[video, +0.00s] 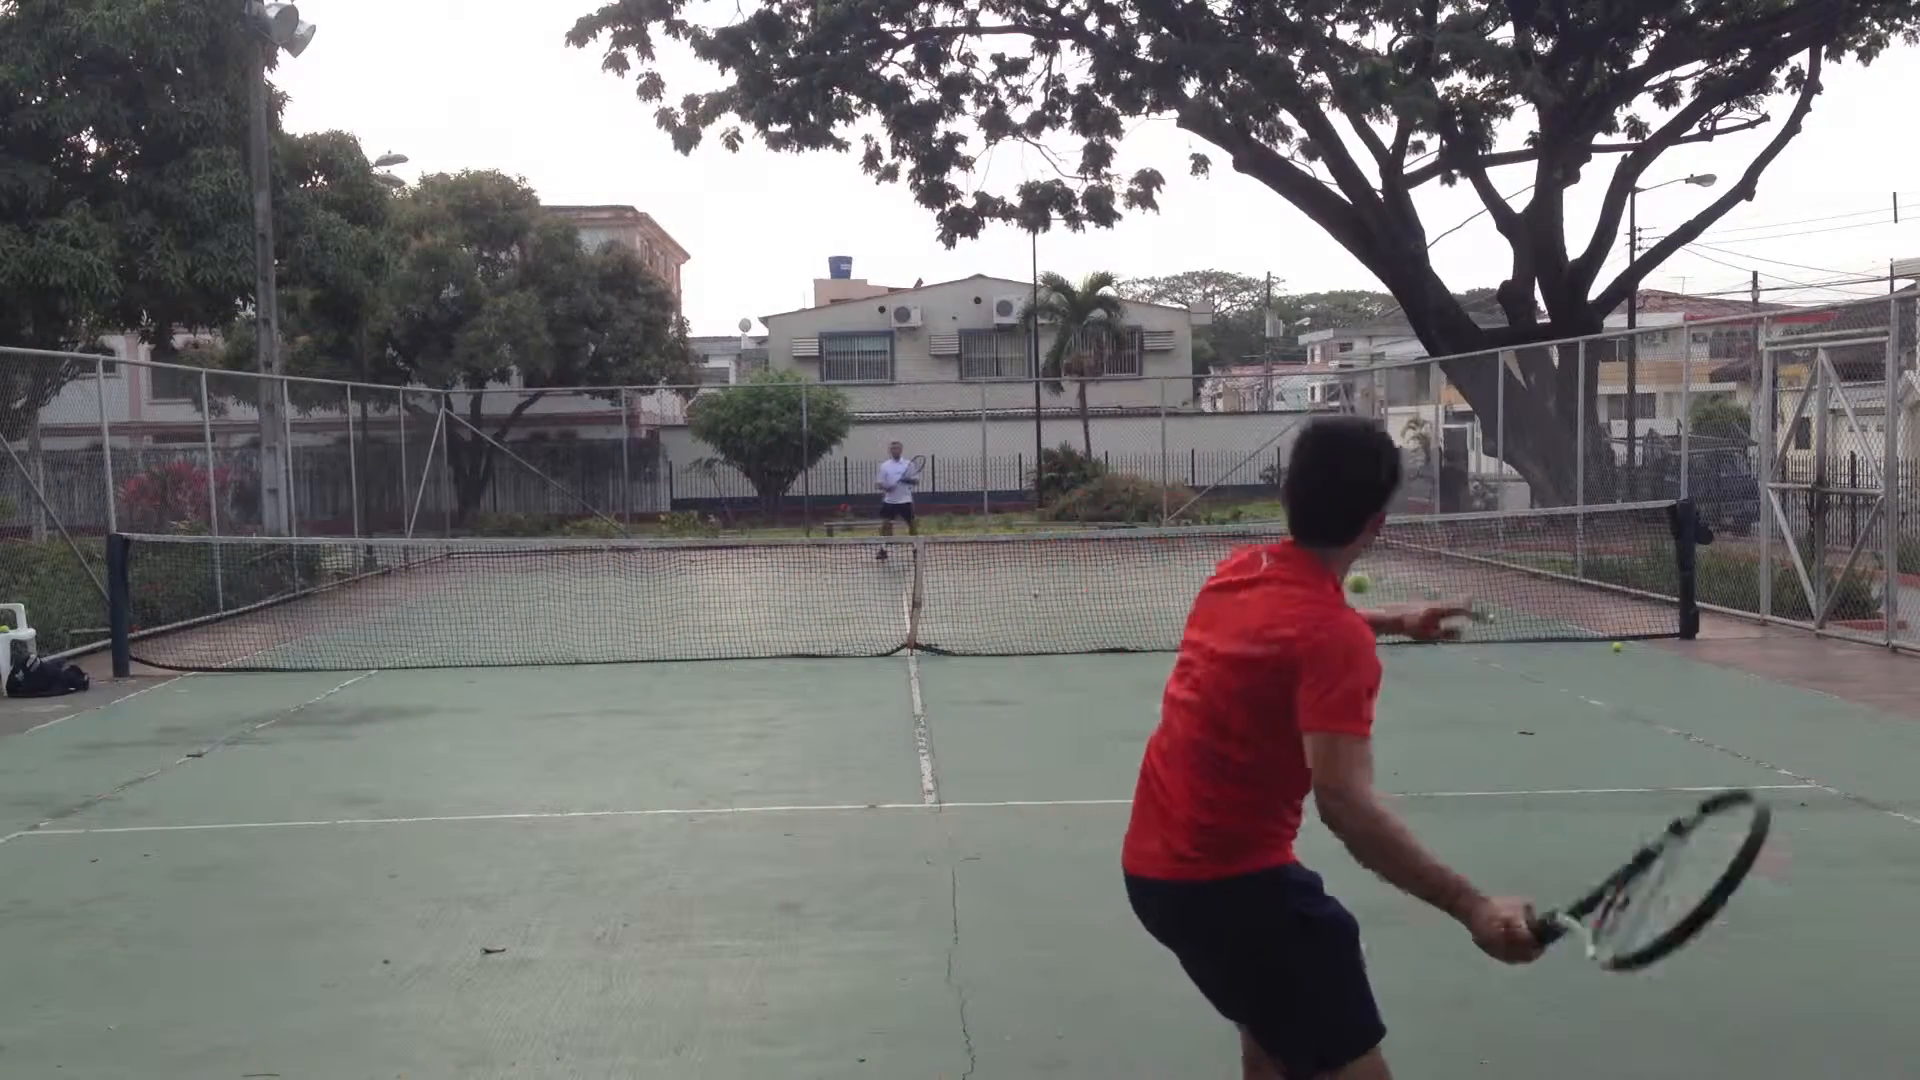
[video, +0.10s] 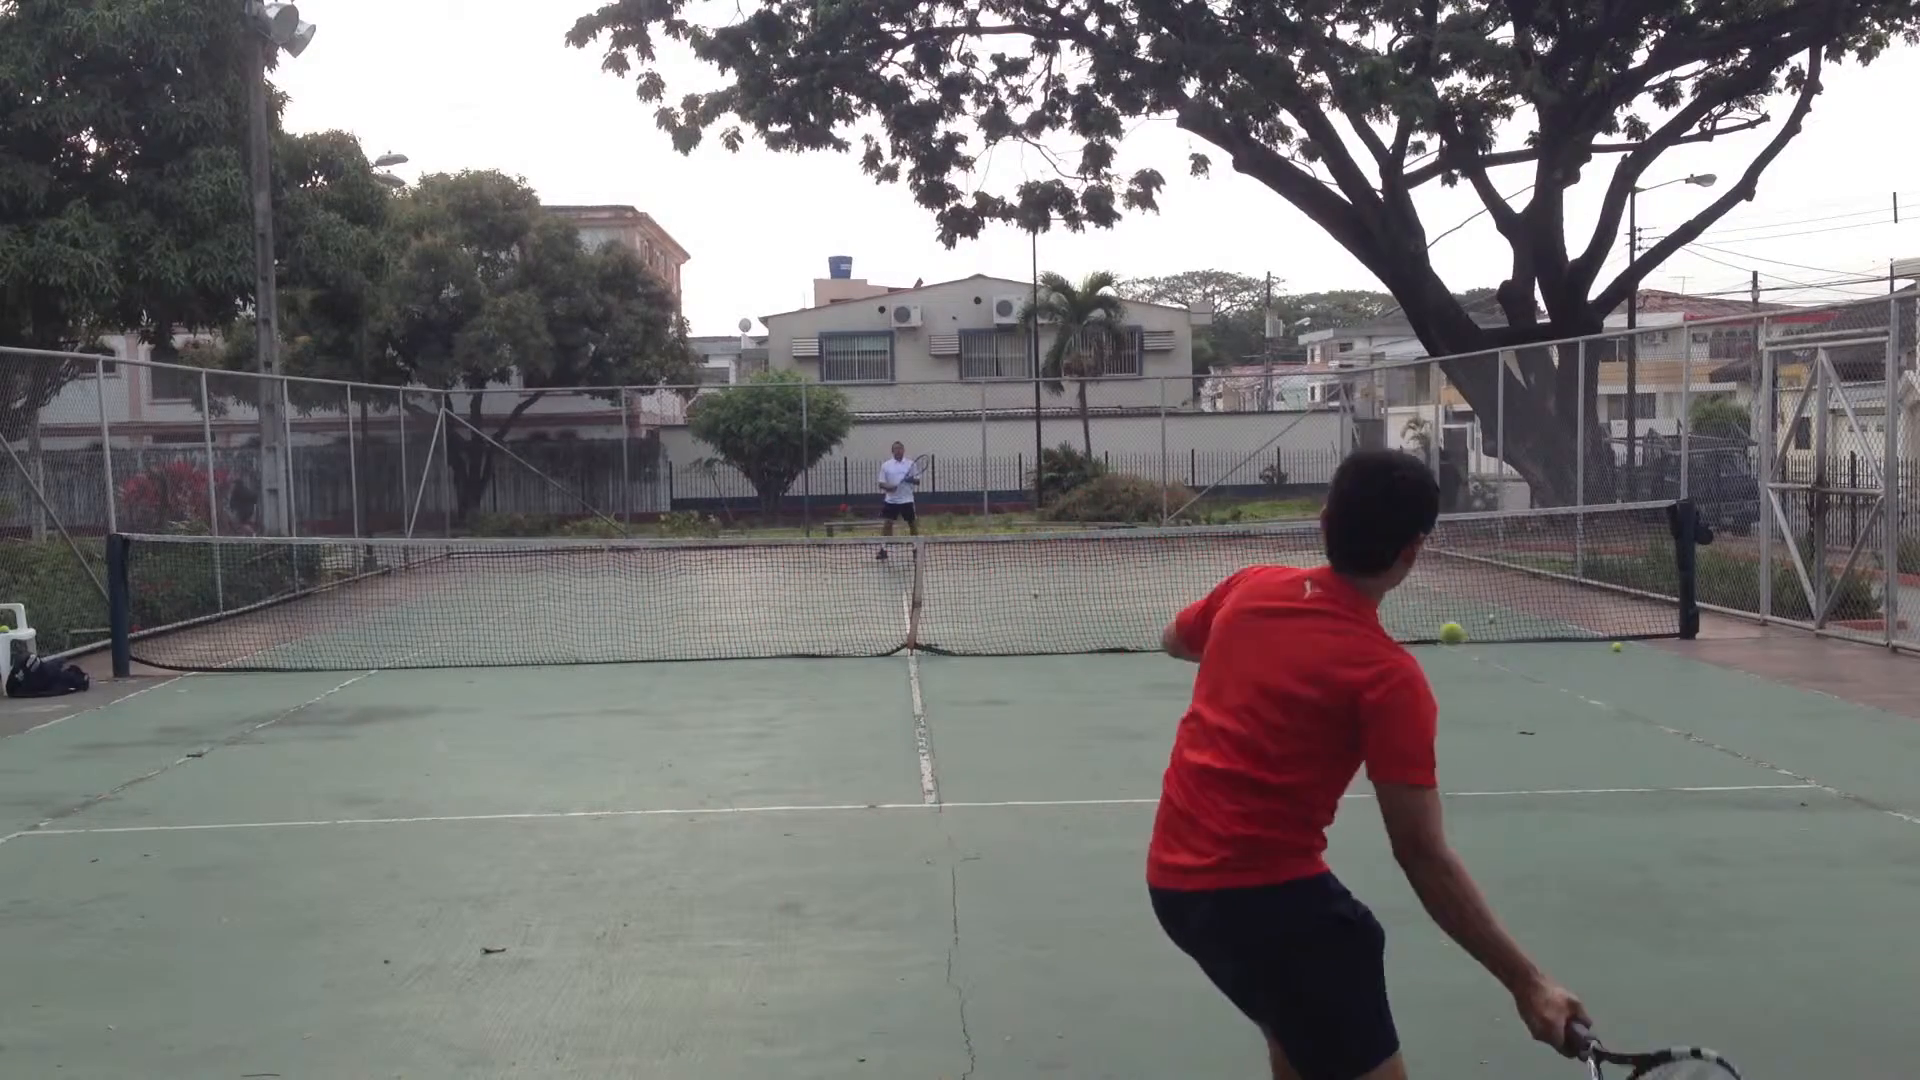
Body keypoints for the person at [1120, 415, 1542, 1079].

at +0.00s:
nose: (1383, 520)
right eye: (1385, 507)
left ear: (1291, 494)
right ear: (1374, 524)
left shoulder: (1235, 570)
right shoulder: (1333, 633)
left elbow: (1298, 618)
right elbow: (1344, 802)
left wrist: (1392, 623)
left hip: (1158, 867)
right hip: (1236, 880)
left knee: (1271, 1031)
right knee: (1355, 1062)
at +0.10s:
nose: (1421, 550)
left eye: (1421, 535)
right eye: (1423, 538)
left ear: (1329, 521)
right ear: (1410, 552)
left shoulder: (1251, 587)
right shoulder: (1386, 675)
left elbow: (1178, 637)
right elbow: (1422, 854)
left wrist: (1267, 639)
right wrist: (1528, 983)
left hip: (1180, 881)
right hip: (1272, 892)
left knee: (1294, 1035)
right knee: (1373, 1066)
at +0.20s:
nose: (1437, 577)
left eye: (1439, 564)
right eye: (1440, 566)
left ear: (1352, 541)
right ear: (1425, 577)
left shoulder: (1254, 606)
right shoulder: (1422, 693)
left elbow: (1127, 660)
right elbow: (1468, 851)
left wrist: (1180, 643)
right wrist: (1555, 956)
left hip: (1208, 898)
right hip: (1316, 910)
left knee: (1312, 1005)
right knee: (1380, 1066)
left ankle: (1307, 1078)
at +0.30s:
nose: (1447, 601)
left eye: (1452, 588)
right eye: (1451, 590)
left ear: (1372, 563)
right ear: (1438, 597)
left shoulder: (1276, 622)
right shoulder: (1425, 689)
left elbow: (1134, 680)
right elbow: (1448, 764)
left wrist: (1171, 656)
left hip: (1226, 906)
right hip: (1334, 918)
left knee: (1313, 1000)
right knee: (1372, 1063)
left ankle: (1308, 1058)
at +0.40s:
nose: (1369, 551)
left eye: (1375, 546)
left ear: (1376, 563)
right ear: (1447, 609)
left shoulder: (1299, 623)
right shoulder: (1430, 686)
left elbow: (1180, 694)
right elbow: (1390, 643)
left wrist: (1139, 718)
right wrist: (1366, 595)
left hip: (1244, 903)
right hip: (1357, 913)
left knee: (1297, 1011)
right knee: (1380, 1065)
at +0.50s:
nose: (1359, 536)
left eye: (1366, 532)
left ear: (1362, 547)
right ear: (1433, 586)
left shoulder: (1293, 608)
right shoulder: (1424, 653)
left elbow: (1209, 699)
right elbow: (1348, 595)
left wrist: (1163, 738)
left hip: (1263, 887)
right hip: (1375, 892)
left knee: (1297, 1011)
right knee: (1395, 1066)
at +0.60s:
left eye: (1336, 506)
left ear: (1333, 521)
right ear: (1413, 549)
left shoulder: (1277, 590)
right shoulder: (1413, 618)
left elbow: (1207, 703)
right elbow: (1304, 584)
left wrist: (1172, 747)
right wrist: (1191, 533)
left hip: (1275, 873)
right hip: (1386, 873)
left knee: (1305, 1008)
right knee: (1409, 1055)